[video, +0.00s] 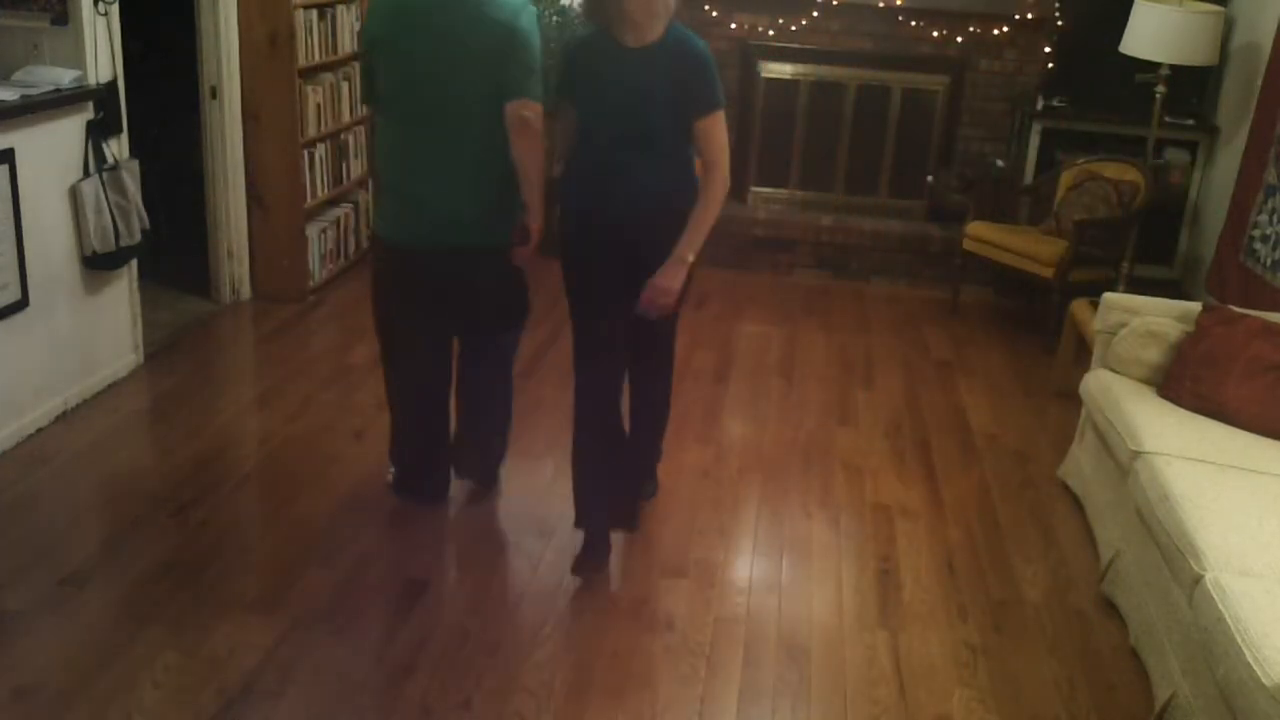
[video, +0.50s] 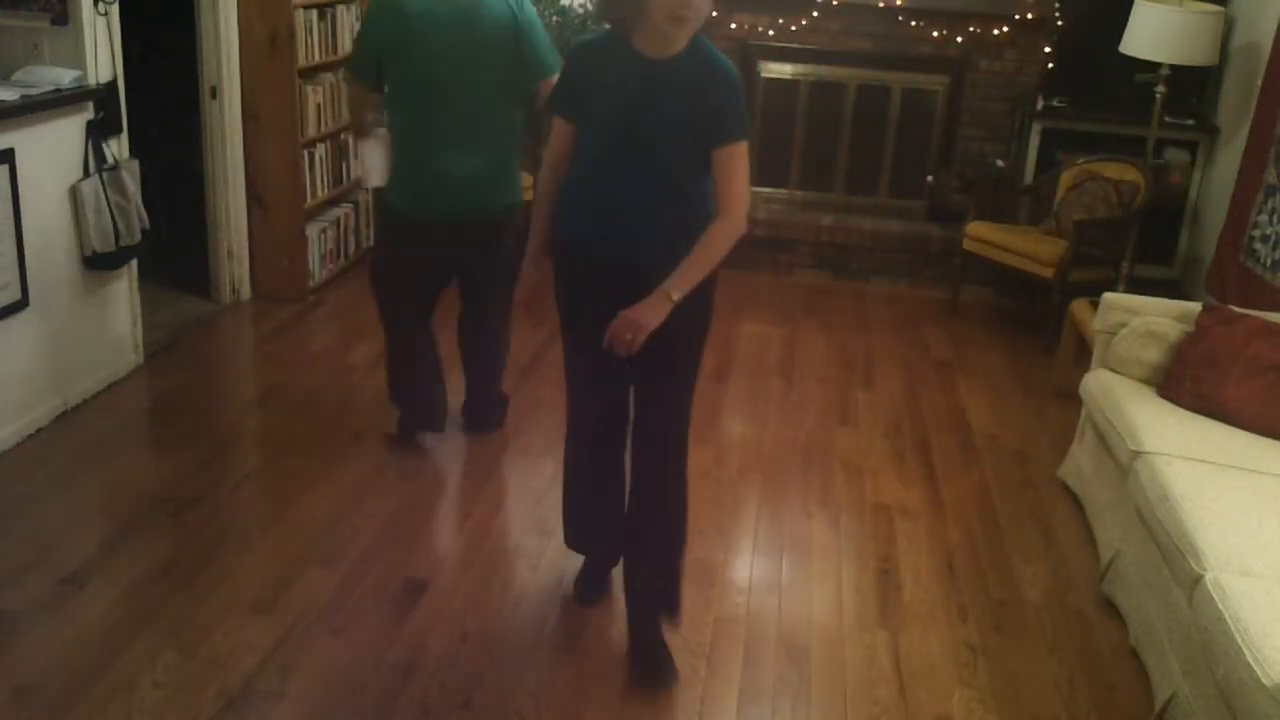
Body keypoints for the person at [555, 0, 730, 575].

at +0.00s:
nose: (644, 5)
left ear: (666, 2)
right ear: (614, 2)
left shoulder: (689, 57)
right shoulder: (579, 54)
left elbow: (719, 174)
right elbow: (560, 151)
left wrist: (679, 263)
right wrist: (547, 223)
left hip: (660, 241)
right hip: (590, 239)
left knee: (650, 374)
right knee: (594, 382)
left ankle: (637, 486)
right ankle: (593, 526)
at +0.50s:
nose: (693, 4)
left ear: (708, 7)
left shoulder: (716, 81)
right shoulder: (590, 60)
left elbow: (734, 217)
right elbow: (553, 165)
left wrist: (661, 300)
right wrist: (536, 252)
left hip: (676, 283)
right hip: (587, 271)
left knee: (661, 438)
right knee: (594, 422)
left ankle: (650, 611)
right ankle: (598, 547)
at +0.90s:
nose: (767, 15)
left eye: (775, 3)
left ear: (783, 15)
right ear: (702, 4)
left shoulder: (779, 109)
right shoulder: (634, 86)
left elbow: (803, 264)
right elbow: (588, 215)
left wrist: (710, 353)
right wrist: (564, 330)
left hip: (733, 344)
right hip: (626, 330)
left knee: (693, 538)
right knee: (614, 512)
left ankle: (653, 700)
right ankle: (583, 598)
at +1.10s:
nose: (819, 23)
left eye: (826, 9)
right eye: (803, 3)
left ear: (823, 22)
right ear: (750, 5)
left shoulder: (817, 122)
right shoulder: (665, 100)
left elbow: (852, 280)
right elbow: (607, 233)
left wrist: (801, 387)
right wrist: (577, 349)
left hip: (755, 365)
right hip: (653, 351)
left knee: (703, 574)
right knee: (659, 563)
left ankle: (667, 709)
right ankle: (654, 703)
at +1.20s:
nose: (849, 38)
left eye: (855, 22)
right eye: (835, 17)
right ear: (778, 16)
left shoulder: (841, 137)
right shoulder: (684, 114)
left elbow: (884, 285)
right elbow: (618, 248)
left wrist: (878, 400)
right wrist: (578, 365)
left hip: (783, 374)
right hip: (672, 364)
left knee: (712, 574)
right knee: (697, 580)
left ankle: (655, 703)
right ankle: (720, 709)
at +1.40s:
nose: (925, 48)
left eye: (928, 31)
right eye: (916, 27)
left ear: (872, 36)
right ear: (863, 28)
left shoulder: (888, 149)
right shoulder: (748, 134)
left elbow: (931, 301)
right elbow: (658, 285)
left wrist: (1002, 421)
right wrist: (613, 431)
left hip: (836, 412)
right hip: (736, 409)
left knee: (803, 620)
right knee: (768, 631)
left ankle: (675, 692)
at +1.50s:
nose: (973, 49)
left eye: (976, 32)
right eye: (965, 27)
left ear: (921, 38)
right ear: (913, 29)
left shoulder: (907, 146)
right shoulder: (794, 141)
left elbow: (949, 312)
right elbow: (694, 307)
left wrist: (1034, 437)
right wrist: (665, 467)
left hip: (859, 430)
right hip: (771, 428)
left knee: (869, 637)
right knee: (795, 665)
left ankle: (718, 709)